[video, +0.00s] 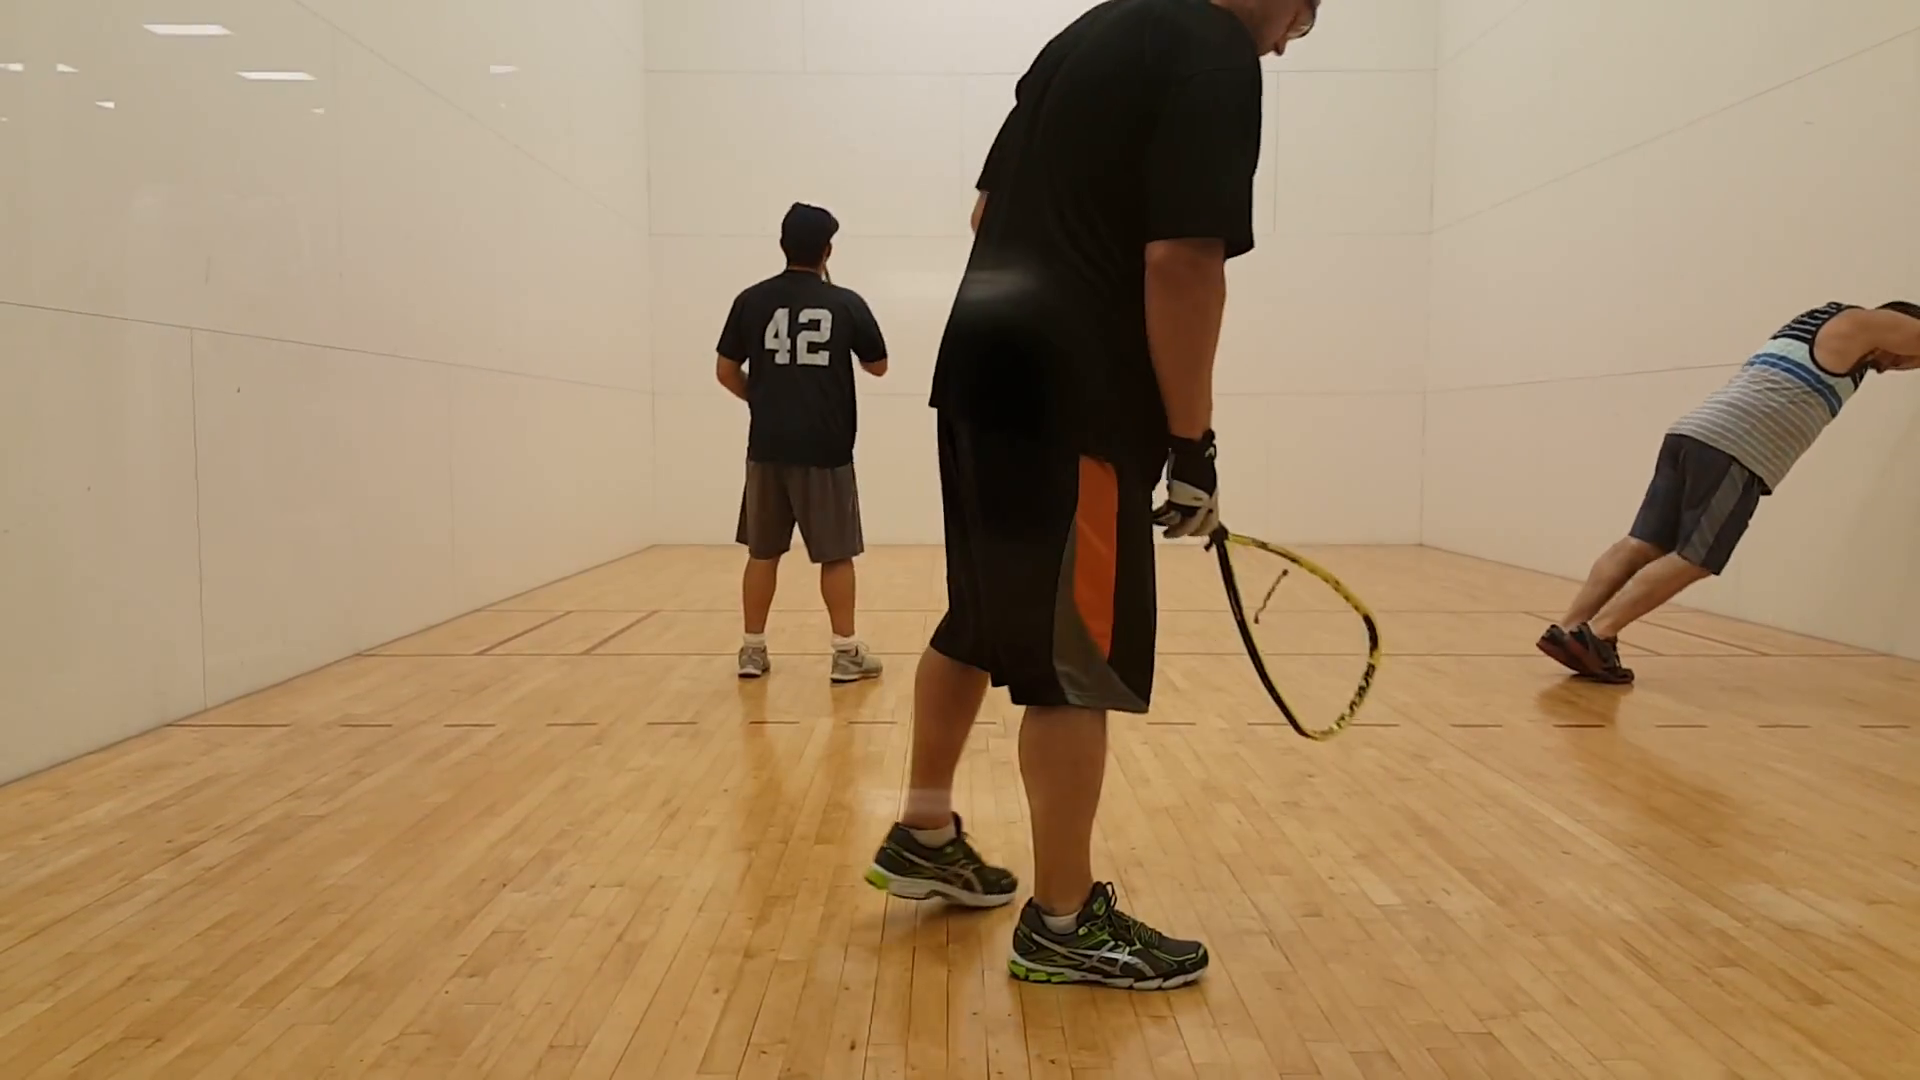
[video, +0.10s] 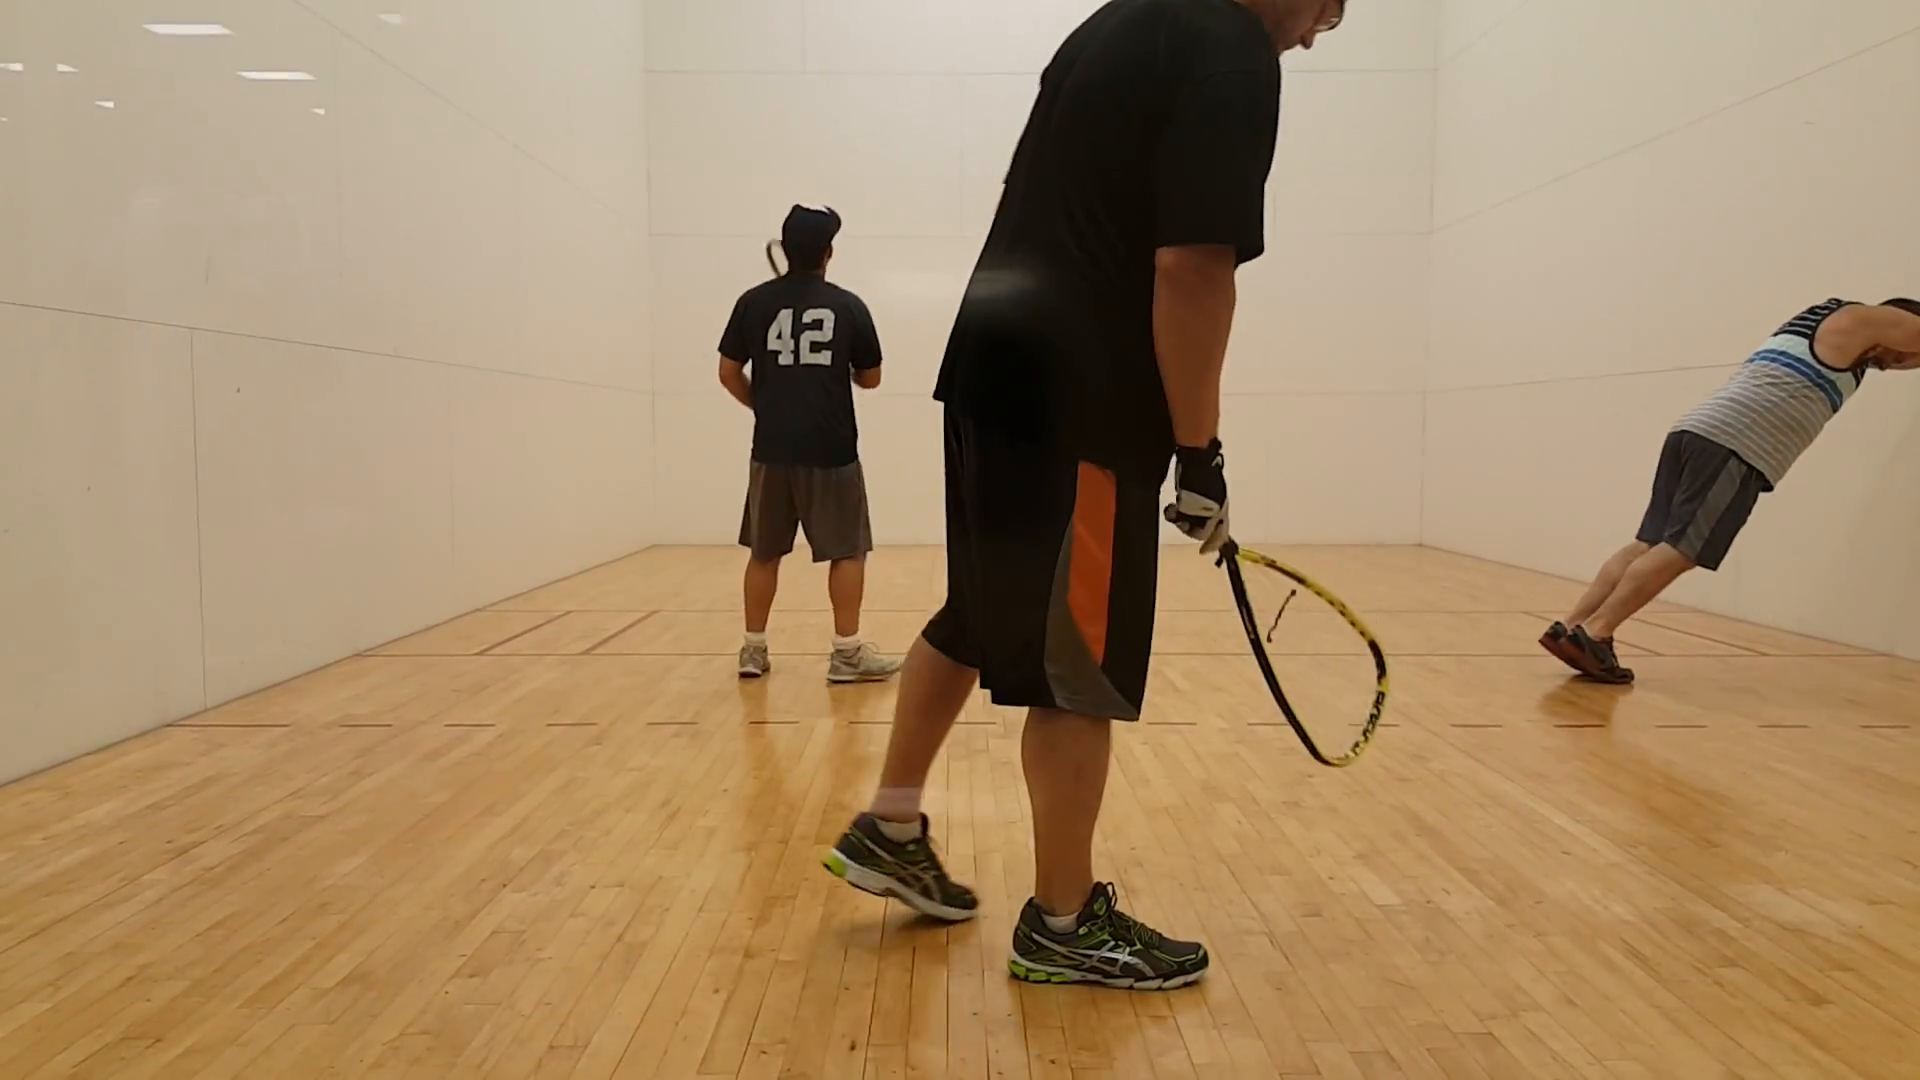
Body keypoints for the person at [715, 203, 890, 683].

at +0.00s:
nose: (833, 248)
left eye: (829, 241)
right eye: (831, 243)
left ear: (784, 246)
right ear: (826, 249)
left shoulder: (752, 300)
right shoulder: (846, 304)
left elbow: (726, 371)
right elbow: (877, 365)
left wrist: (761, 398)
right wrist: (840, 315)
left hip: (767, 446)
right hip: (825, 450)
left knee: (763, 550)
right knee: (836, 553)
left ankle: (752, 650)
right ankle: (845, 654)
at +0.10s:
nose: (835, 248)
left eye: (830, 240)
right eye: (833, 243)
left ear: (787, 249)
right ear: (827, 252)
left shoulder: (755, 302)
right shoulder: (848, 306)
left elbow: (729, 373)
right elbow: (869, 378)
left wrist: (762, 404)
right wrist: (831, 357)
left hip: (772, 447)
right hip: (831, 450)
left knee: (764, 549)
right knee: (848, 548)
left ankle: (753, 649)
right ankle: (847, 653)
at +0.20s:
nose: (843, 254)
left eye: (839, 248)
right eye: (841, 249)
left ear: (793, 255)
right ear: (836, 256)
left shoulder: (763, 307)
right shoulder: (857, 315)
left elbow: (736, 378)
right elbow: (874, 395)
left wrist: (764, 425)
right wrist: (842, 413)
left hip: (777, 454)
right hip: (836, 458)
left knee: (765, 549)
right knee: (869, 545)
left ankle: (755, 648)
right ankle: (861, 653)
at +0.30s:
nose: (860, 264)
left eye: (857, 258)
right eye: (858, 259)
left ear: (811, 264)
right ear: (853, 265)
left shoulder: (780, 316)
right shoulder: (869, 329)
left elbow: (749, 387)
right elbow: (891, 408)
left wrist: (757, 447)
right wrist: (885, 441)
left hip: (786, 464)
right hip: (844, 468)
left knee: (768, 551)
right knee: (894, 552)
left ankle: (754, 645)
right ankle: (879, 654)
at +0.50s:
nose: (905, 241)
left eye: (903, 234)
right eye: (903, 235)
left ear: (853, 244)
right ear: (895, 243)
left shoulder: (829, 296)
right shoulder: (909, 304)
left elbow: (797, 360)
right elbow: (922, 372)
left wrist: (816, 414)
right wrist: (948, 420)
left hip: (830, 445)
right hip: (887, 452)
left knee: (814, 548)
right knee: (894, 551)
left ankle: (788, 644)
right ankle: (878, 652)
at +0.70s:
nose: (930, 215)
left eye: (926, 206)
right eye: (926, 208)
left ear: (882, 221)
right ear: (919, 219)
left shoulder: (865, 272)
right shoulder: (927, 278)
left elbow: (837, 336)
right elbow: (920, 341)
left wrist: (881, 364)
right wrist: (961, 376)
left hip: (863, 433)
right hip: (914, 436)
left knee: (875, 538)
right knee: (933, 537)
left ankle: (845, 653)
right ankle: (920, 653)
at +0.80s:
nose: (947, 230)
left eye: (942, 221)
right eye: (943, 223)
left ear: (896, 234)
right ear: (937, 230)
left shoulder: (887, 290)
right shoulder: (934, 299)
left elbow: (869, 361)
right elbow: (944, 378)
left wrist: (923, 382)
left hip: (885, 449)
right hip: (930, 454)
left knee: (879, 556)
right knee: (952, 559)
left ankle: (840, 665)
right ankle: (953, 677)